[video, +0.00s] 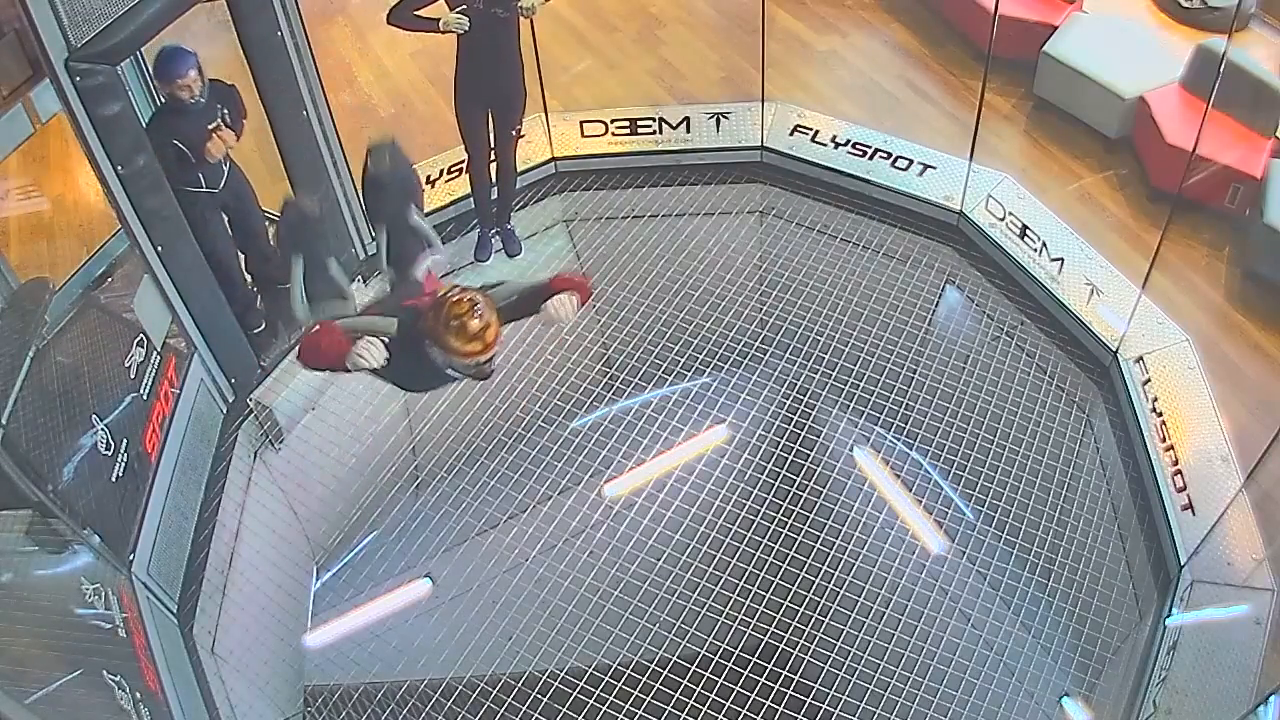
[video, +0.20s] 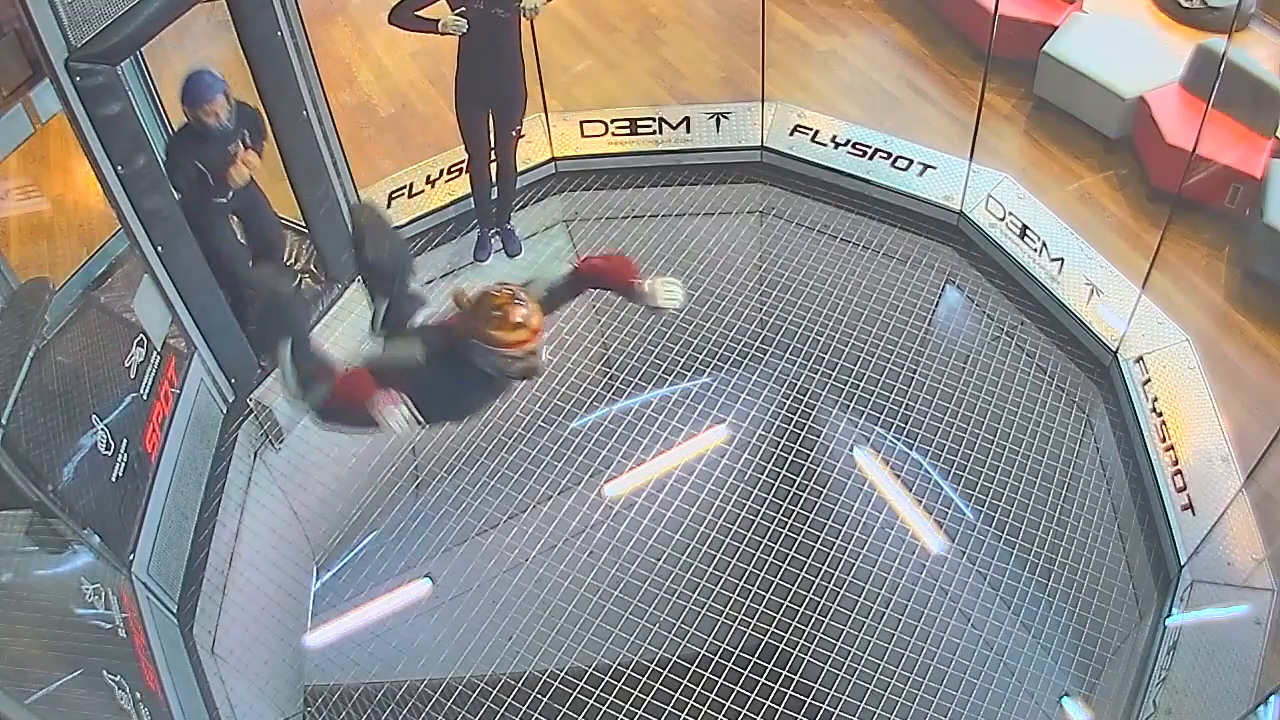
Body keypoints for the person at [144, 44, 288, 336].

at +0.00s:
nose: (193, 91)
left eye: (195, 81)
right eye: (183, 89)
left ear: (199, 71)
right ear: (163, 88)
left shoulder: (218, 90)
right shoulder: (158, 129)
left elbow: (235, 102)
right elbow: (172, 176)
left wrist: (233, 130)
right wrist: (205, 157)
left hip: (231, 178)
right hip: (196, 200)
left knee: (257, 238)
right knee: (224, 262)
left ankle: (276, 292)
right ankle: (253, 324)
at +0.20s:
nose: (217, 119)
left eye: (219, 109)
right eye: (207, 115)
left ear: (227, 95)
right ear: (190, 113)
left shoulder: (245, 114)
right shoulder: (180, 148)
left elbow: (257, 134)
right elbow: (192, 198)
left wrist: (253, 154)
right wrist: (227, 186)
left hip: (244, 189)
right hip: (207, 209)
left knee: (272, 237)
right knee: (235, 262)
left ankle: (270, 290)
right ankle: (247, 313)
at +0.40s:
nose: (251, 164)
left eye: (253, 154)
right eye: (241, 160)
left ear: (260, 144)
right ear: (224, 160)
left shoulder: (275, 157)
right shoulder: (206, 195)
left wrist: (300, 197)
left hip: (269, 226)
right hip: (229, 245)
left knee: (302, 278)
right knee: (252, 290)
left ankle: (334, 344)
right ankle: (255, 322)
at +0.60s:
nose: (298, 218)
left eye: (298, 208)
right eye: (287, 214)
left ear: (303, 197)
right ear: (270, 213)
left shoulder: (309, 197)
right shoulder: (237, 240)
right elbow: (249, 292)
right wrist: (287, 281)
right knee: (271, 310)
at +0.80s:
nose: (356, 281)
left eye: (356, 272)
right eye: (345, 278)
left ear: (356, 254)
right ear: (325, 276)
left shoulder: (348, 245)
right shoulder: (306, 295)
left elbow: (386, 253)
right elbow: (298, 343)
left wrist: (413, 275)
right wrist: (336, 354)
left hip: (280, 236)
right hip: (257, 265)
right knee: (272, 342)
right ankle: (240, 295)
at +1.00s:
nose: (421, 338)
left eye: (422, 330)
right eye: (413, 335)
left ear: (418, 306)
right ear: (389, 333)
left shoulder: (400, 292)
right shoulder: (358, 337)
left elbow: (456, 295)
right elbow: (344, 397)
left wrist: (503, 309)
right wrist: (380, 421)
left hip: (321, 261)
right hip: (296, 289)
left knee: (277, 272)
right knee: (269, 325)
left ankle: (229, 256)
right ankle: (225, 277)